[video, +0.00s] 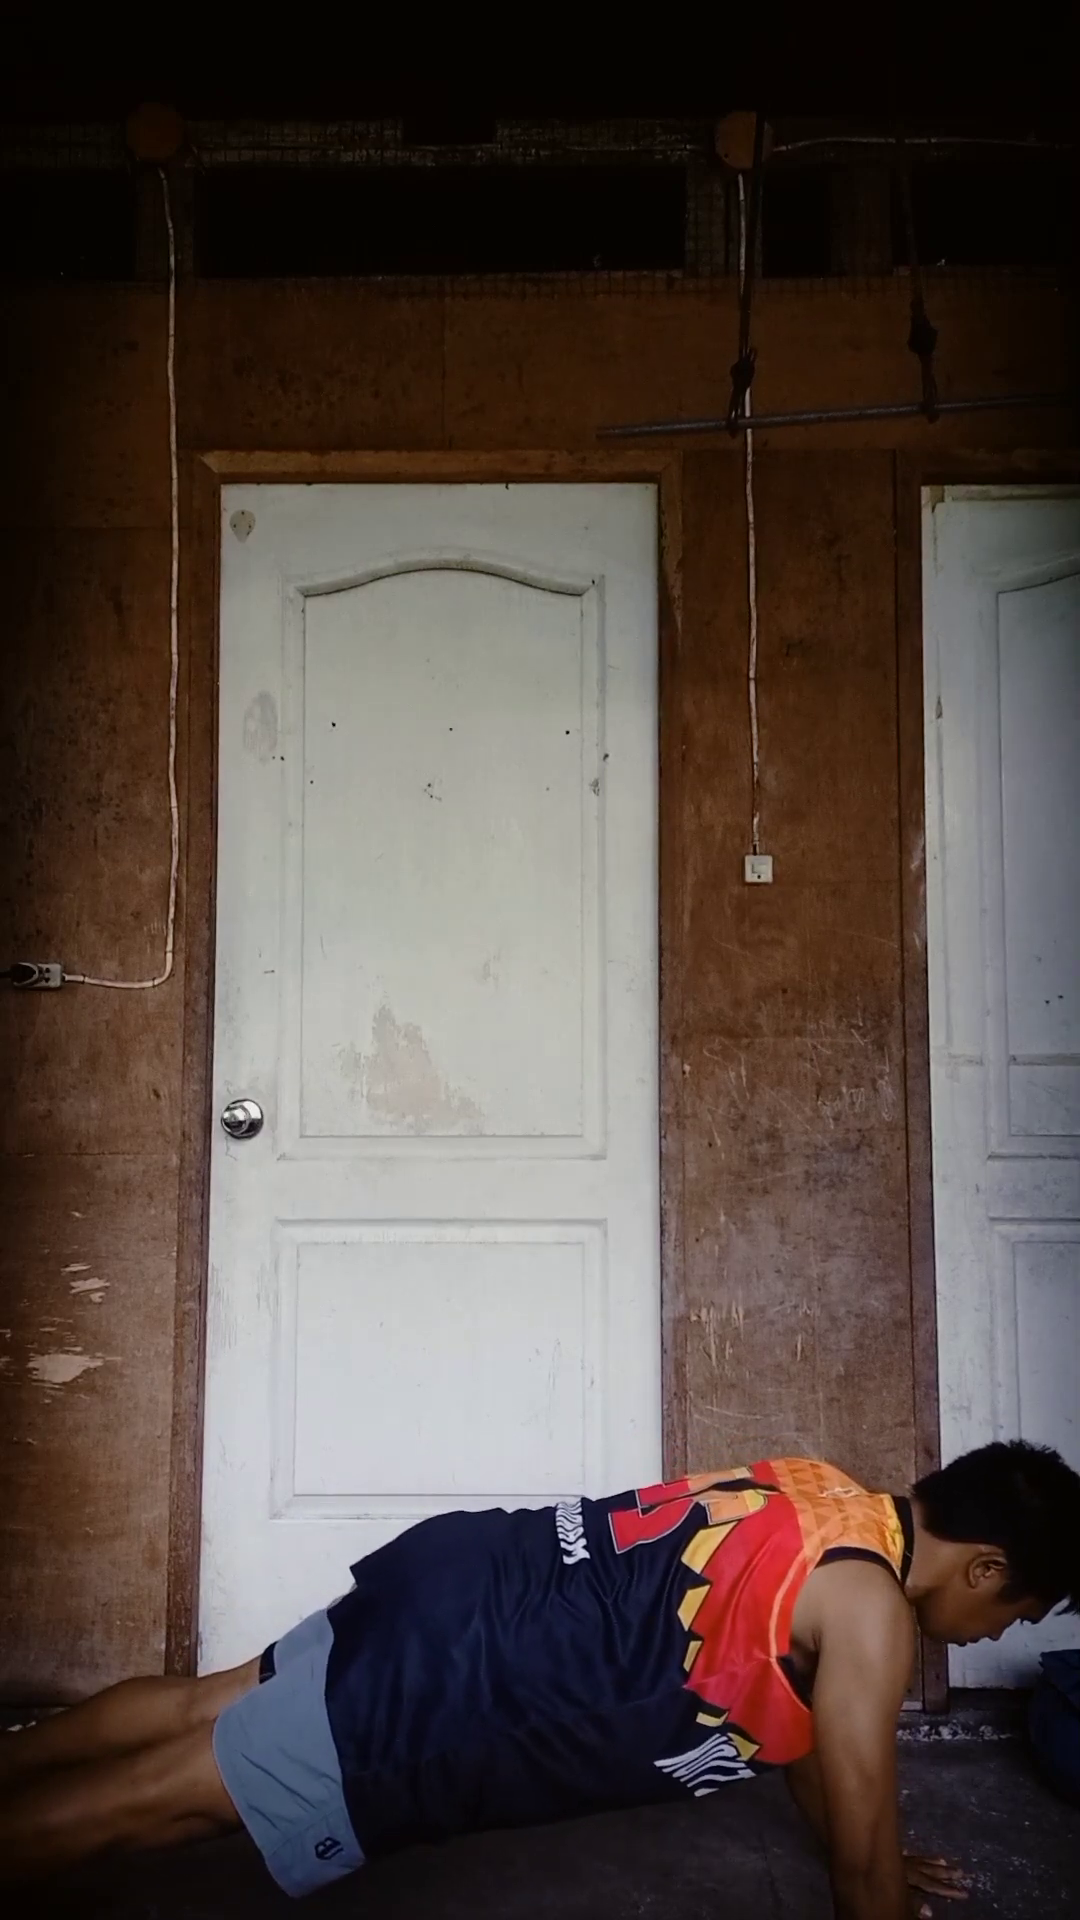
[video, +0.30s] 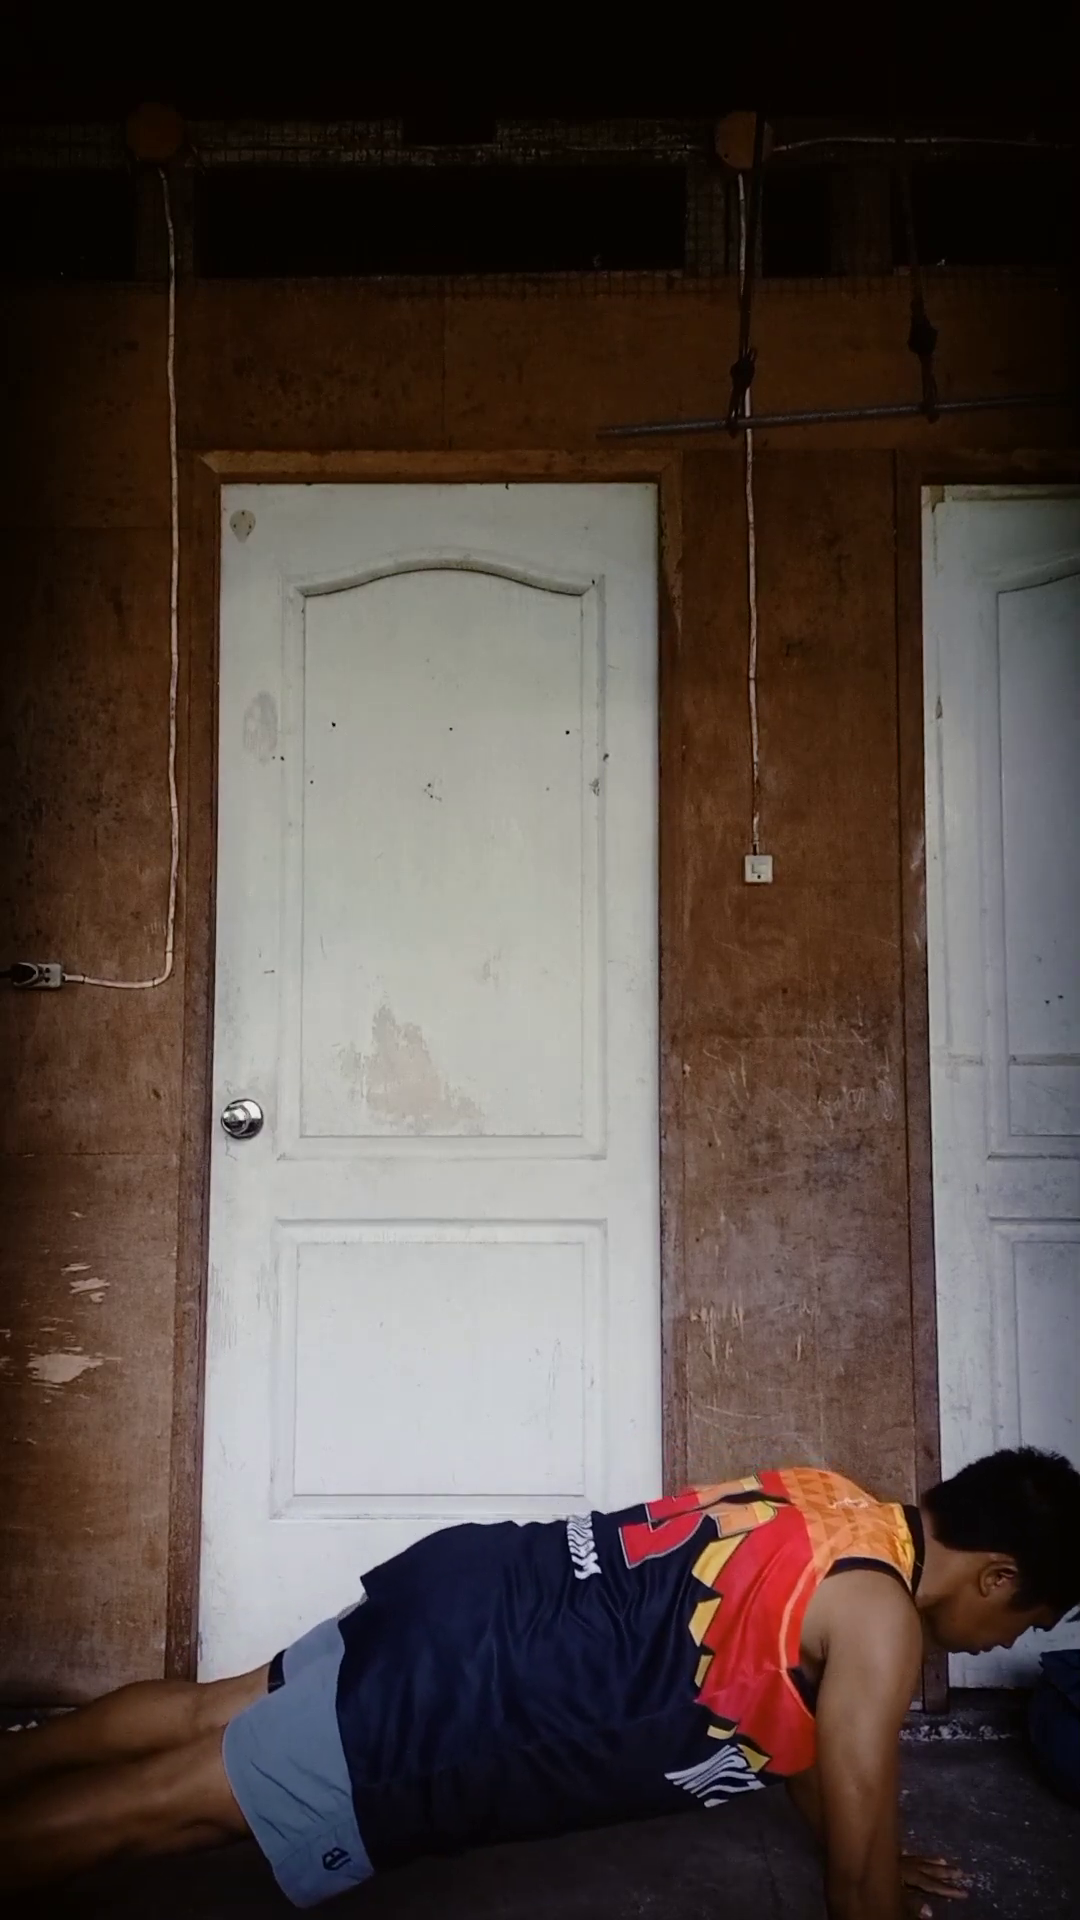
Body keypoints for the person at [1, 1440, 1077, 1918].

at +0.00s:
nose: (996, 1632)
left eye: (1017, 1615)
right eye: (1012, 1610)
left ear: (945, 1497)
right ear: (978, 1563)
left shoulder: (822, 1486)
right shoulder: (866, 1619)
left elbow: (797, 1702)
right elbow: (869, 1874)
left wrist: (874, 1843)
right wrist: (908, 1894)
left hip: (458, 1567)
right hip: (454, 1681)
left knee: (207, 1702)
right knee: (153, 1801)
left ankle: (3, 1764)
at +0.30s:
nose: (1005, 1637)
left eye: (1024, 1618)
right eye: (1022, 1614)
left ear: (952, 1505)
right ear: (987, 1572)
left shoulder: (829, 1494)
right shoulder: (875, 1628)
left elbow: (791, 1699)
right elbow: (864, 1882)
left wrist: (868, 1838)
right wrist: (906, 1888)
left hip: (467, 1584)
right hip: (461, 1697)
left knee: (216, 1706)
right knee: (162, 1807)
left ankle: (3, 1768)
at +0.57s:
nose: (1028, 1701)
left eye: (1045, 1687)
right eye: (1045, 1682)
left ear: (989, 1578)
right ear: (1017, 1640)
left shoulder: (865, 1551)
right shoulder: (912, 1686)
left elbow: (740, 1691)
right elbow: (835, 1902)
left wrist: (841, 1822)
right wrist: (888, 1884)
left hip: (504, 1624)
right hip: (501, 1746)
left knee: (252, 1723)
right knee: (185, 1834)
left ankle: (20, 1757)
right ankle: (10, 1848)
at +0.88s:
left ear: (1038, 1684)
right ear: (1069, 1762)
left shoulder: (934, 1671)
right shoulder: (979, 1800)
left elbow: (769, 1716)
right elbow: (832, 1898)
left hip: (583, 1701)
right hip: (577, 1826)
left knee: (281, 1771)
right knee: (255, 1867)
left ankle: (26, 1758)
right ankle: (26, 1869)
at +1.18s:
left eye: (1033, 1682)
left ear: (1034, 1703)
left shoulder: (954, 1734)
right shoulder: (1026, 1851)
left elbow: (801, 1679)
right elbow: (863, 1897)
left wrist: (883, 1782)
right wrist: (890, 1810)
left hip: (599, 1741)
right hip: (606, 1854)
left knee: (314, 1792)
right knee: (274, 1885)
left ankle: (57, 1756)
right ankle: (40, 1874)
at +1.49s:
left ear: (1043, 1637)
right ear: (1079, 1714)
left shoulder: (924, 1622)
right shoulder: (992, 1766)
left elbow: (781, 1698)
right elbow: (845, 1897)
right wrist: (947, 1886)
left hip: (577, 1678)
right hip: (569, 1812)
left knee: (295, 1754)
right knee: (238, 1866)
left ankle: (42, 1761)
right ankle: (30, 1867)